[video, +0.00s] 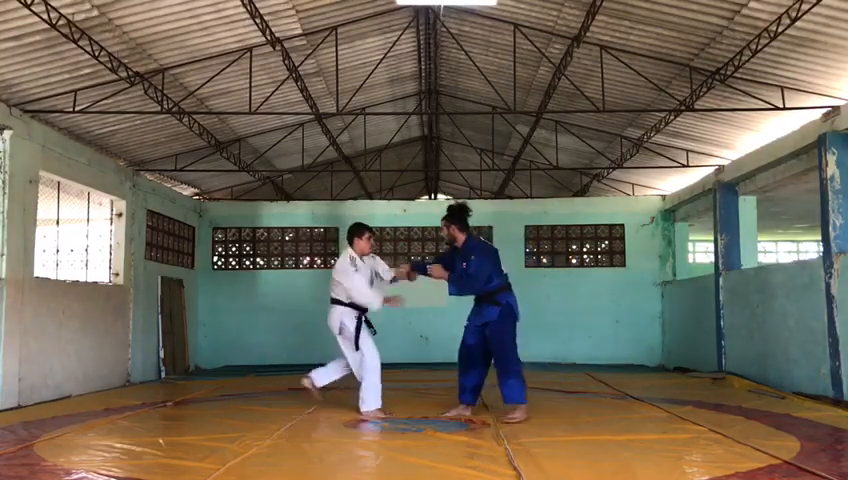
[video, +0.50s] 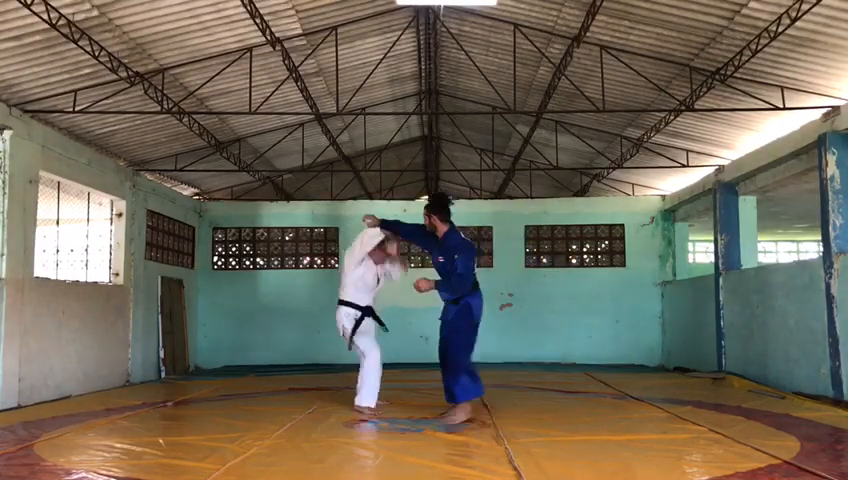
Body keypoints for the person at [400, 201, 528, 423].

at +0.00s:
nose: (444, 233)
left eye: (445, 228)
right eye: (443, 228)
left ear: (453, 228)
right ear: (458, 227)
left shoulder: (481, 249)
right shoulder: (457, 251)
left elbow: (477, 283)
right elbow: (438, 266)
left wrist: (447, 276)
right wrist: (413, 268)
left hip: (501, 305)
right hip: (481, 305)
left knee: (504, 353)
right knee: (470, 352)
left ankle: (520, 406)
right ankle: (465, 405)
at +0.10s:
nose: (442, 231)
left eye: (443, 226)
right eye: (442, 226)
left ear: (451, 226)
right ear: (458, 225)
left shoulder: (479, 248)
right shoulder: (452, 249)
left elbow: (473, 281)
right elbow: (427, 257)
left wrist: (444, 274)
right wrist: (398, 261)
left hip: (498, 305)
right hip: (479, 305)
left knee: (498, 355)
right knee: (467, 351)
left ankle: (503, 412)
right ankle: (466, 405)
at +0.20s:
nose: (440, 230)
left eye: (441, 225)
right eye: (440, 226)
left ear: (448, 225)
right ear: (457, 224)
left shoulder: (477, 249)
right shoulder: (449, 247)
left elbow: (470, 283)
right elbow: (422, 244)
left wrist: (442, 277)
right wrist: (393, 245)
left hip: (493, 305)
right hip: (473, 305)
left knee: (492, 355)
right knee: (460, 349)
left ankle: (503, 411)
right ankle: (463, 404)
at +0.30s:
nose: (435, 224)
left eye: (436, 220)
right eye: (436, 220)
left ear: (443, 220)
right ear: (453, 220)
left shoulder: (472, 248)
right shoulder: (442, 243)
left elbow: (468, 283)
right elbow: (416, 239)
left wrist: (439, 281)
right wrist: (389, 235)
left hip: (485, 304)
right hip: (465, 304)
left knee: (489, 355)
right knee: (457, 352)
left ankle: (501, 410)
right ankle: (462, 404)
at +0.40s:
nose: (430, 222)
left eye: (431, 218)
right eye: (431, 218)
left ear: (438, 219)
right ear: (447, 218)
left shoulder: (466, 246)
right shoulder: (438, 240)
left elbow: (467, 281)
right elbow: (411, 234)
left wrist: (437, 283)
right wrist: (384, 230)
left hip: (476, 303)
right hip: (458, 303)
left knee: (474, 352)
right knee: (452, 352)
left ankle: (490, 403)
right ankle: (461, 403)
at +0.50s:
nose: (425, 220)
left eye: (426, 216)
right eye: (425, 217)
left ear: (432, 218)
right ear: (441, 217)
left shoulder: (461, 246)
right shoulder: (432, 237)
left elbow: (462, 283)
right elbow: (407, 230)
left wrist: (433, 285)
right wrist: (380, 223)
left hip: (467, 303)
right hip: (453, 302)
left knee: (456, 350)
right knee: (447, 350)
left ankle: (463, 405)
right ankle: (458, 403)